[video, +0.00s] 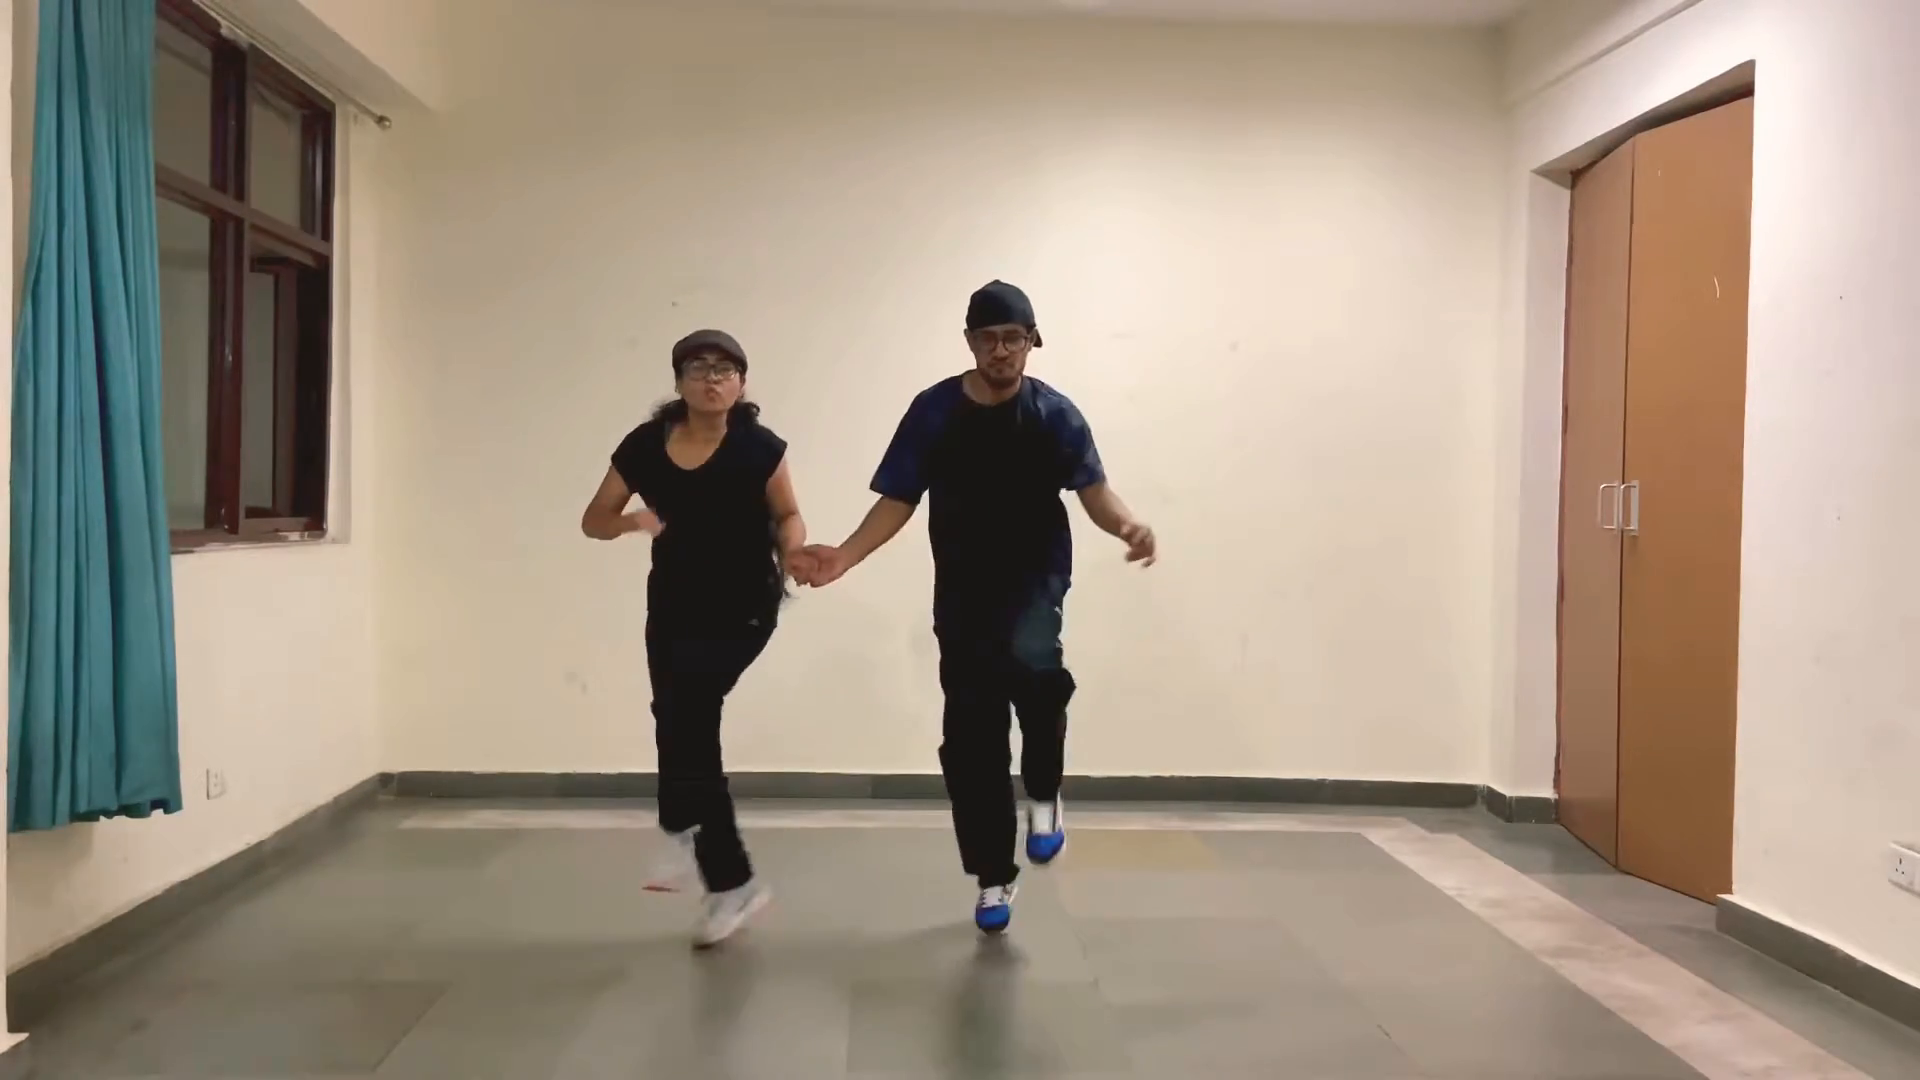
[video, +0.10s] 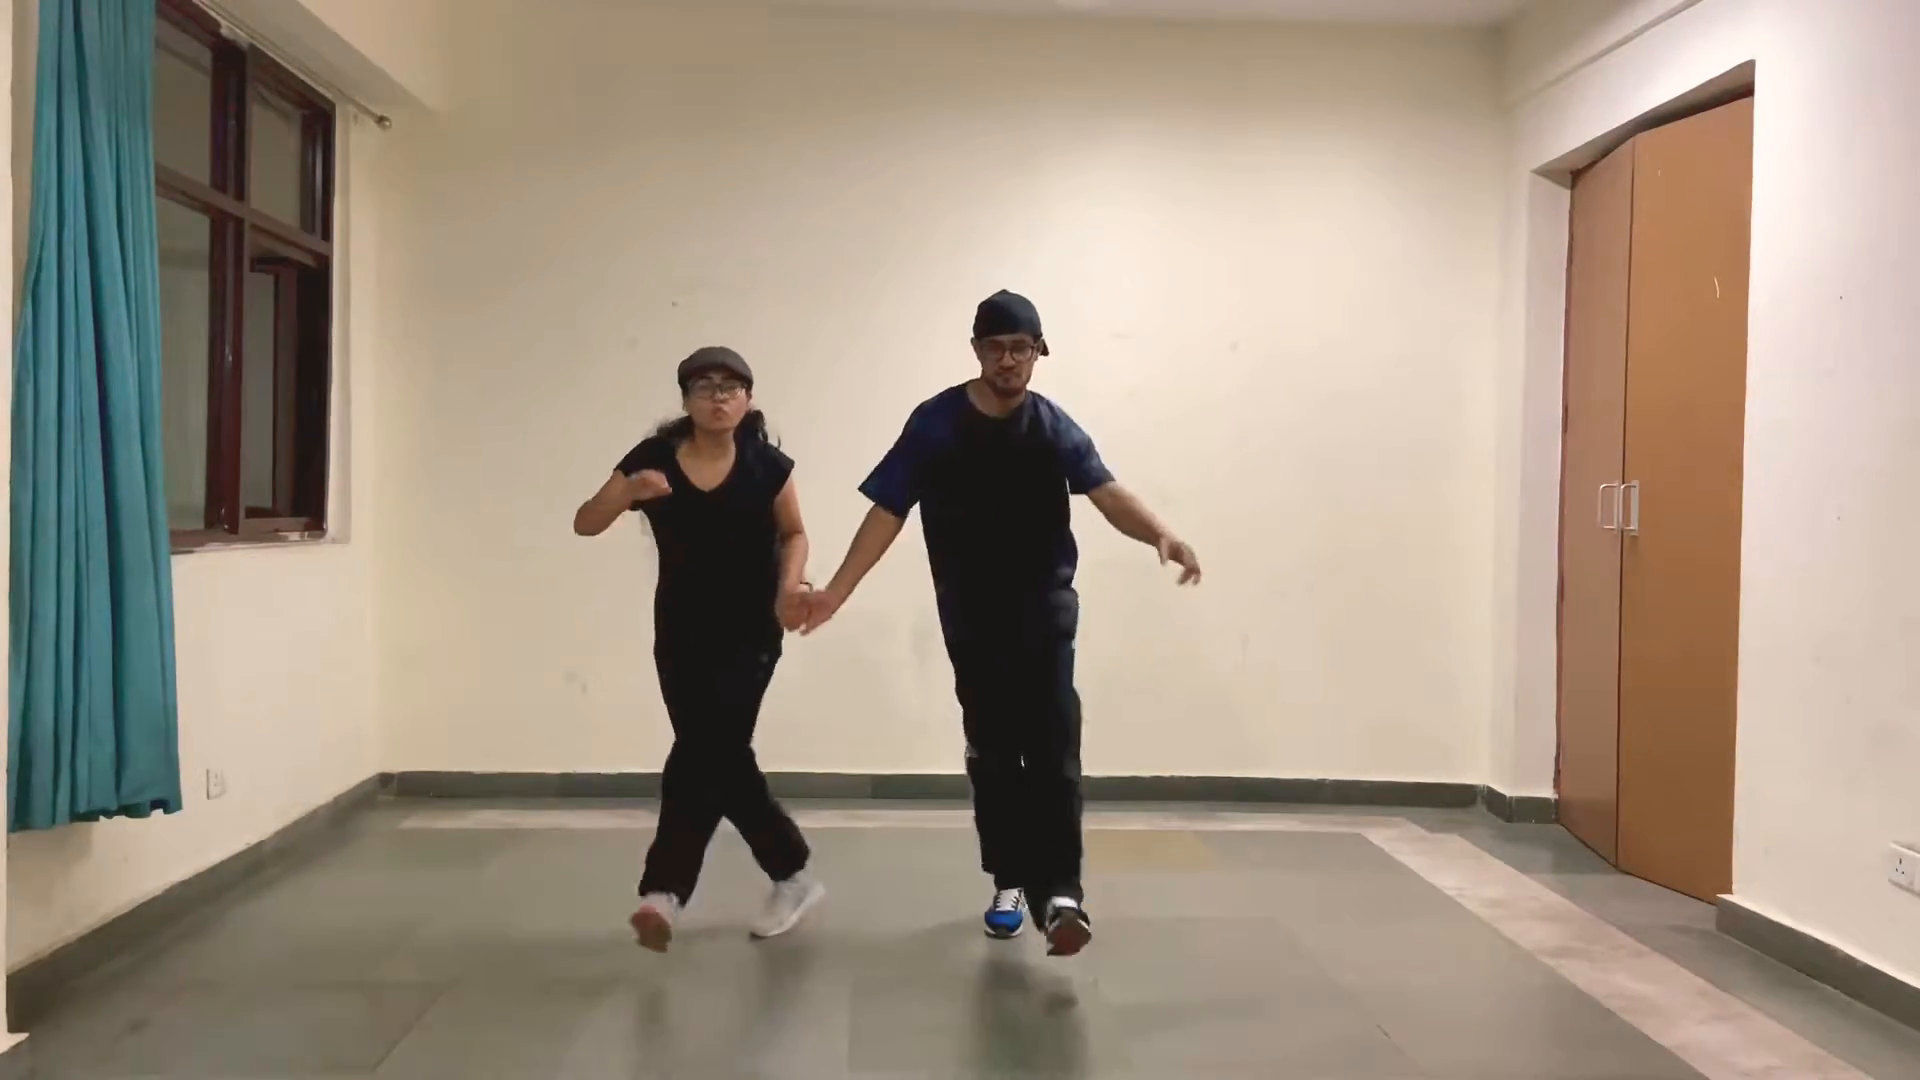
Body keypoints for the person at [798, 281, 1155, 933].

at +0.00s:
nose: (1001, 351)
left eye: (1013, 340)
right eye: (989, 340)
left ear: (1031, 342)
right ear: (970, 341)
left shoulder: (1053, 415)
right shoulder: (934, 411)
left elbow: (1092, 488)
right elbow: (898, 499)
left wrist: (1127, 525)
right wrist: (844, 555)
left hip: (1035, 580)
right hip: (963, 585)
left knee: (1035, 670)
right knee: (970, 732)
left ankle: (1042, 793)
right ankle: (991, 874)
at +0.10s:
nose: (1010, 362)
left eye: (1023, 350)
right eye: (998, 349)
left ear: (1038, 355)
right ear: (977, 350)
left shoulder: (1054, 428)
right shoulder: (935, 425)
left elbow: (1108, 494)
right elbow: (888, 512)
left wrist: (1162, 536)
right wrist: (835, 592)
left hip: (1046, 615)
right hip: (972, 618)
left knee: (1055, 748)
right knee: (992, 751)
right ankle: (1008, 883)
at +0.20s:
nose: (1017, 364)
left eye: (1030, 353)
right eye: (1005, 351)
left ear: (1045, 359)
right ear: (983, 353)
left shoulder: (1059, 436)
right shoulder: (940, 431)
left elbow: (1104, 510)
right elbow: (904, 524)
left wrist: (1159, 570)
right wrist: (852, 607)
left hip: (1048, 625)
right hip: (973, 627)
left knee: (1057, 768)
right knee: (993, 762)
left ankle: (1063, 909)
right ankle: (1007, 883)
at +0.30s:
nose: (1017, 371)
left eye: (1029, 359)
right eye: (1004, 359)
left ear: (1046, 363)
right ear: (983, 360)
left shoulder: (1064, 445)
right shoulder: (943, 434)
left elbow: (1091, 541)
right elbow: (914, 525)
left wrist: (1125, 622)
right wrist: (873, 604)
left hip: (1051, 621)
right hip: (975, 621)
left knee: (1057, 755)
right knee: (984, 746)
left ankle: (1066, 897)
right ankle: (989, 848)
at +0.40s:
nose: (1013, 367)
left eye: (1025, 355)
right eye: (1000, 356)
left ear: (1043, 359)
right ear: (982, 359)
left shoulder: (1062, 447)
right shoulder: (944, 434)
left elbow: (1074, 549)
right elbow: (920, 521)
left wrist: (1093, 640)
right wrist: (879, 588)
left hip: (1044, 629)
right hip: (966, 628)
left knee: (1062, 762)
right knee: (958, 740)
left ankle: (1065, 903)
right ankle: (933, 839)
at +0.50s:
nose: (1005, 361)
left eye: (1016, 349)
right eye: (992, 350)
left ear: (1035, 352)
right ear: (974, 353)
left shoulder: (1059, 435)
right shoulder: (942, 426)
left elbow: (1070, 525)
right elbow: (911, 511)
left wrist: (1101, 610)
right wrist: (859, 572)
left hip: (1023, 630)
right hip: (945, 626)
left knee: (1041, 767)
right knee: (918, 755)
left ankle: (1055, 900)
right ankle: (856, 886)